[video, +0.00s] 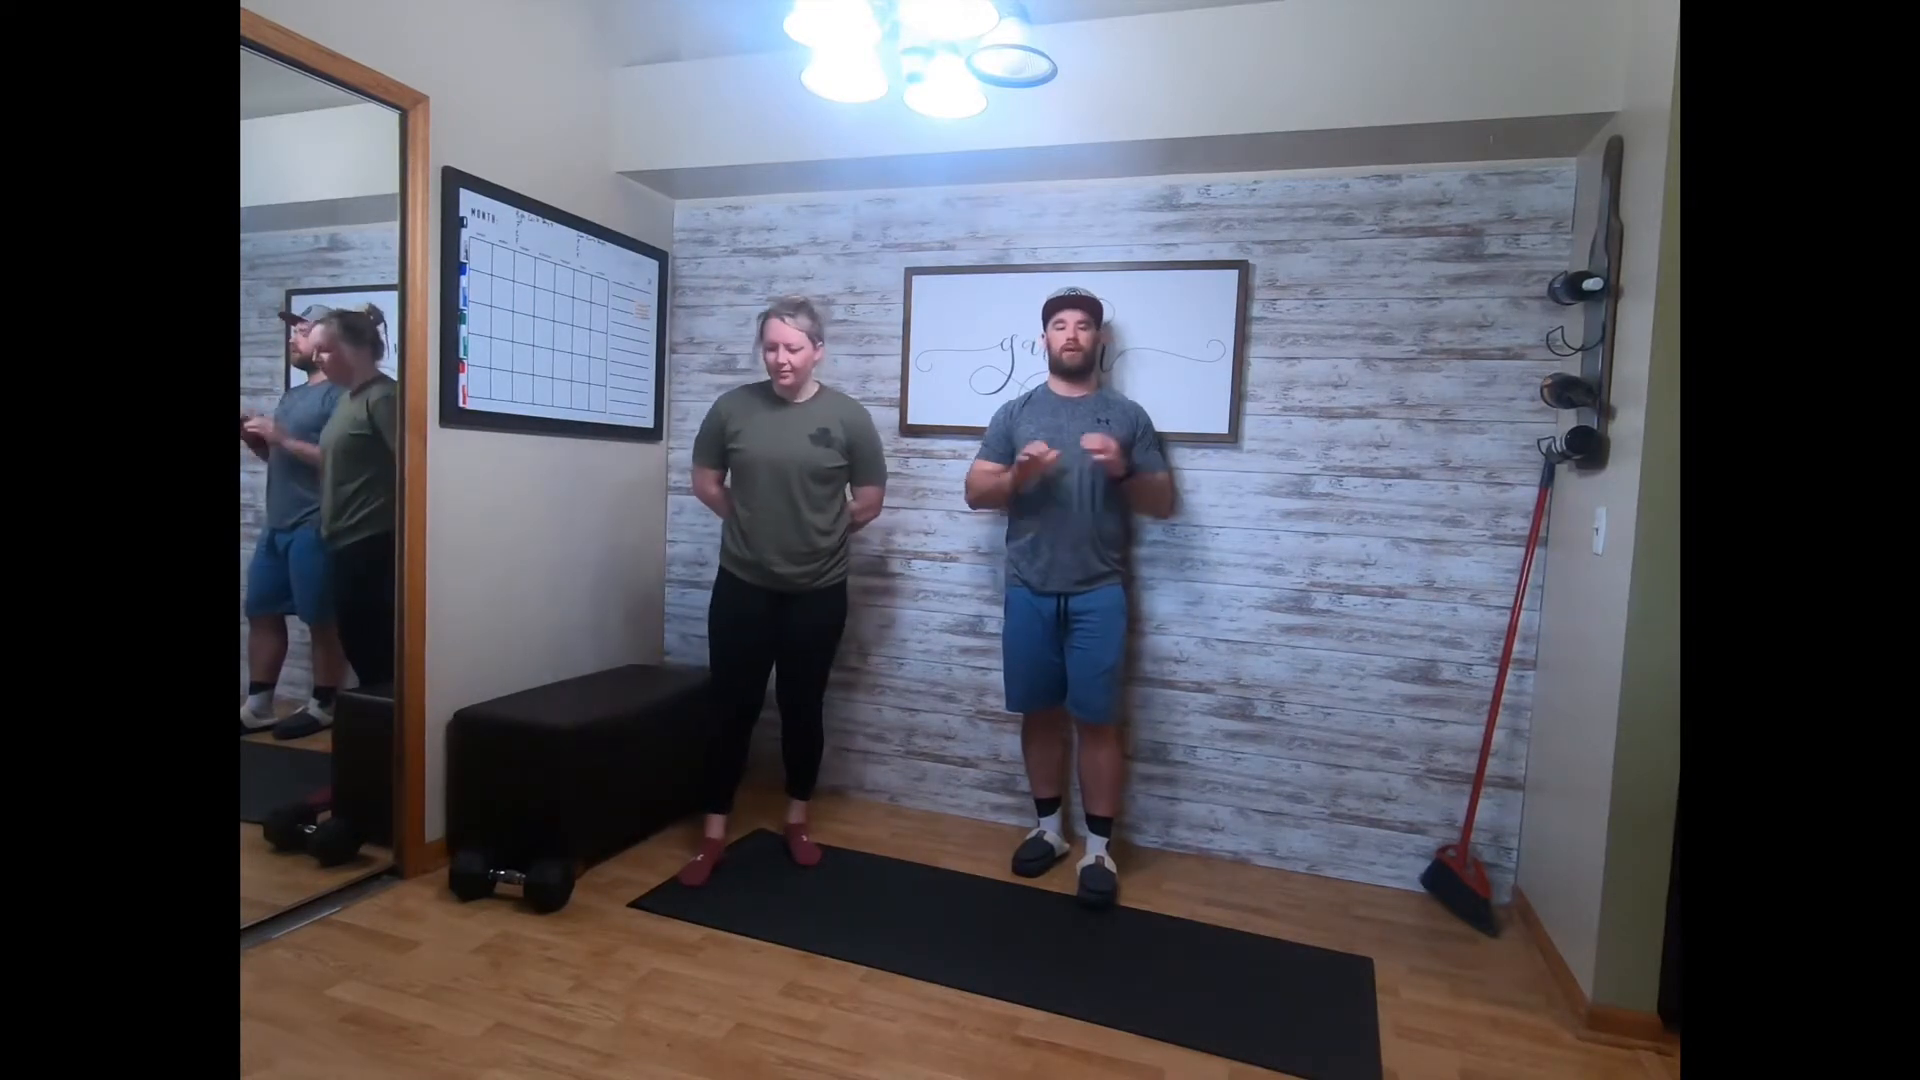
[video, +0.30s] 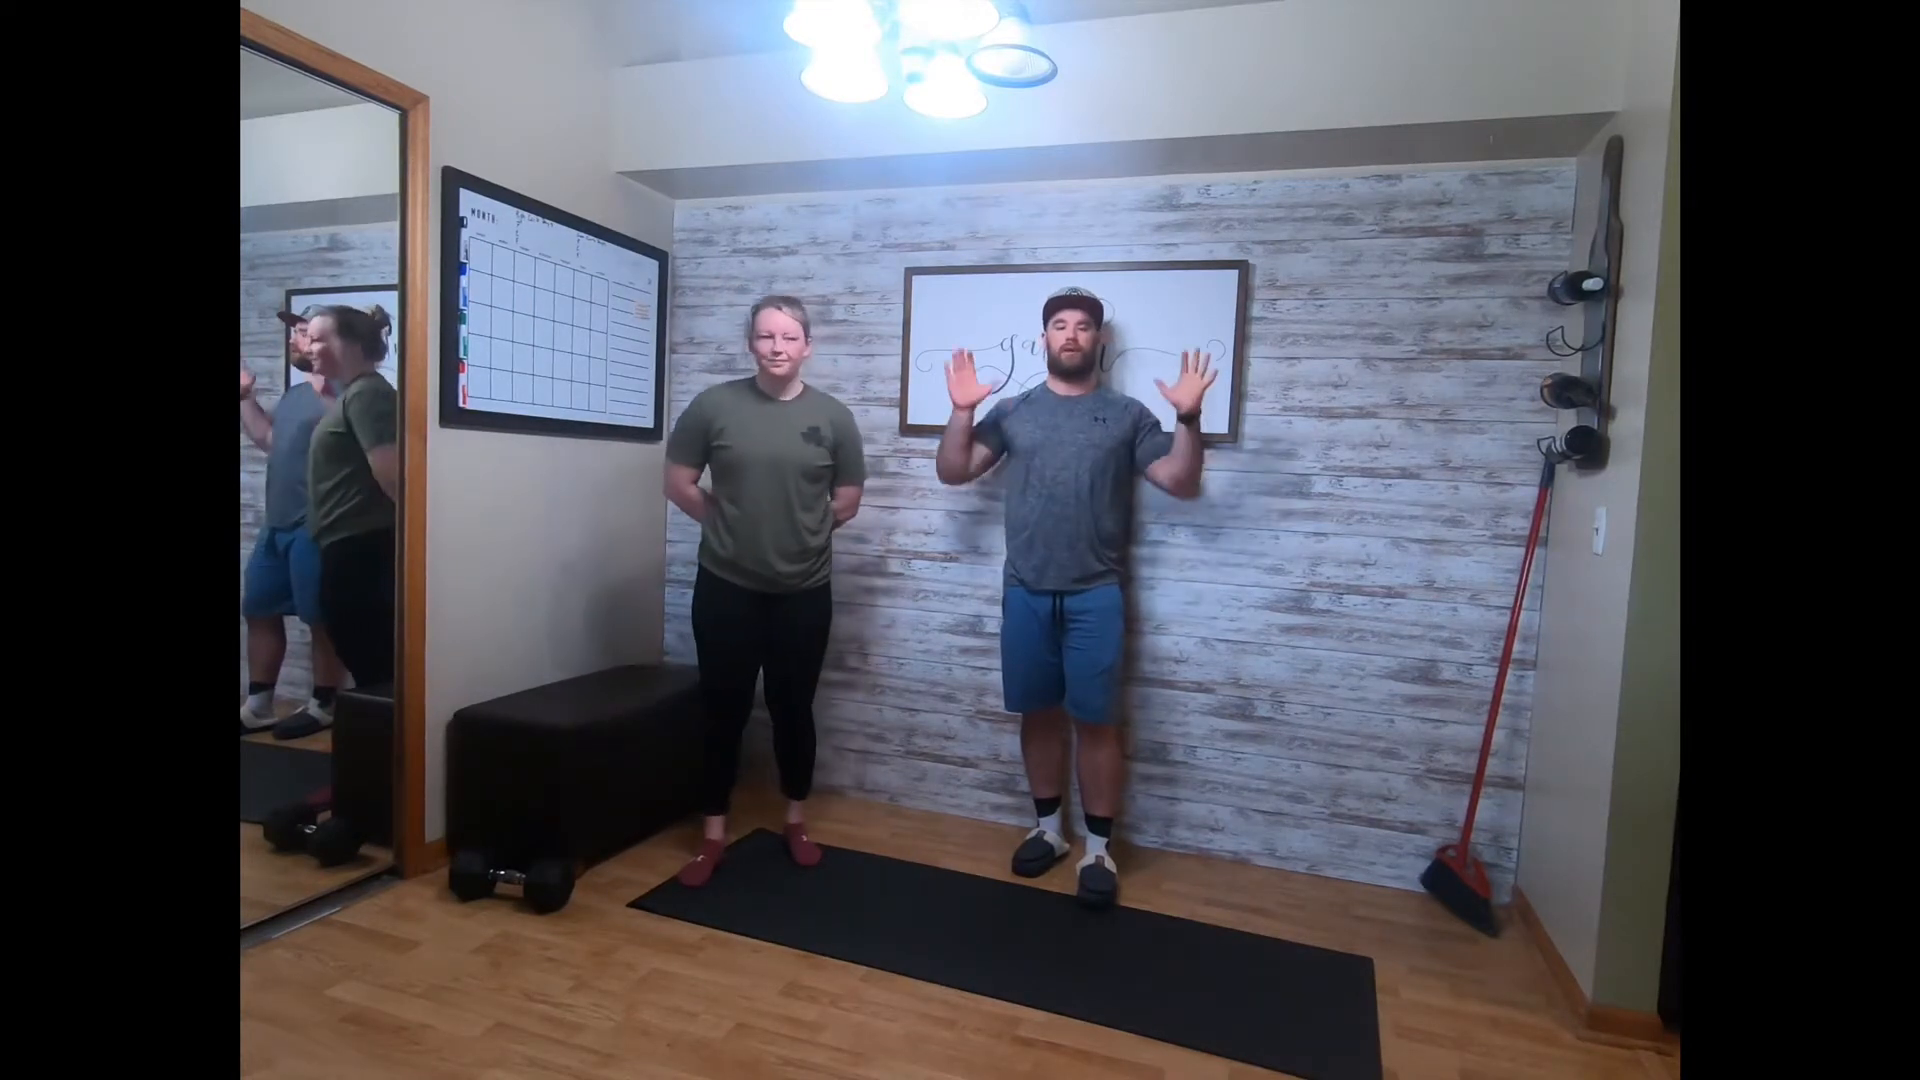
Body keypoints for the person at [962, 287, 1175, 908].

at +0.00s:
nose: (1070, 334)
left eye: (1082, 326)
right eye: (1059, 326)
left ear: (1099, 341)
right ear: (1044, 340)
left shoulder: (1126, 417)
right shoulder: (1015, 413)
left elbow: (1161, 502)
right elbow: (977, 491)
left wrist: (1124, 471)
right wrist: (1018, 476)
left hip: (1098, 584)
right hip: (1029, 584)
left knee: (1095, 716)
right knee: (1039, 711)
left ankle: (1098, 851)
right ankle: (1048, 830)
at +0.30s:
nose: (1070, 334)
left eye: (1082, 326)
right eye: (1060, 326)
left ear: (1099, 341)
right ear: (1044, 339)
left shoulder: (1124, 413)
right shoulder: (1016, 410)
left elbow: (1181, 481)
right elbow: (952, 471)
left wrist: (1187, 417)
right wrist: (962, 411)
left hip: (1096, 583)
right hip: (1026, 582)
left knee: (1095, 717)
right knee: (1037, 711)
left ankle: (1097, 851)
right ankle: (1048, 831)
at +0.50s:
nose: (1072, 337)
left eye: (1083, 328)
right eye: (1061, 328)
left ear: (1099, 342)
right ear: (1045, 342)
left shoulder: (1126, 403)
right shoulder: (1014, 398)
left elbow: (1206, 400)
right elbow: (934, 397)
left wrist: (1214, 322)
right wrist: (940, 322)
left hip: (1094, 584)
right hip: (1024, 582)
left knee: (1095, 716)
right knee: (1036, 711)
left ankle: (1098, 851)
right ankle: (1047, 832)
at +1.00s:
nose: (1064, 336)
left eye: (1076, 327)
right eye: (1053, 328)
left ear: (1093, 339)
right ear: (1038, 340)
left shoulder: (1122, 408)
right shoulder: (1012, 404)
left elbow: (1199, 440)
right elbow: (937, 443)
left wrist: (1185, 376)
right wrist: (942, 378)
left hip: (1094, 579)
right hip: (1024, 577)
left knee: (1093, 715)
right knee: (1036, 709)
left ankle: (1097, 851)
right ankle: (1048, 831)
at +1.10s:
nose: (1057, 337)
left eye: (1069, 327)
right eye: (1046, 328)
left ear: (1088, 337)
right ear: (1033, 339)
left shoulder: (1116, 410)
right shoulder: (1008, 408)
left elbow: (1175, 481)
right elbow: (976, 480)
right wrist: (948, 471)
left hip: (1092, 581)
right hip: (1023, 580)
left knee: (1094, 716)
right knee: (1036, 710)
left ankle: (1098, 851)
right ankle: (1048, 830)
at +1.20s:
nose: (1049, 338)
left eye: (1062, 327)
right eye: (1038, 329)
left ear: (1083, 337)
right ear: (1028, 339)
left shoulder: (1115, 411)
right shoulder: (1008, 411)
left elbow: (1149, 490)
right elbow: (986, 490)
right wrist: (950, 550)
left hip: (1089, 583)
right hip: (1020, 582)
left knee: (1091, 716)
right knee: (1033, 710)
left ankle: (1098, 850)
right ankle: (1047, 829)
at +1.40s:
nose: (1030, 333)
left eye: (1042, 323)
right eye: (1024, 327)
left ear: (1072, 331)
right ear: (1020, 339)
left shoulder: (1114, 408)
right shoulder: (1002, 408)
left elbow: (1143, 492)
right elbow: (986, 489)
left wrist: (1146, 570)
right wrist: (980, 563)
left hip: (1087, 581)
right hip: (1014, 580)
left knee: (1086, 717)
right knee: (1031, 711)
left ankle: (1094, 850)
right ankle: (1047, 829)